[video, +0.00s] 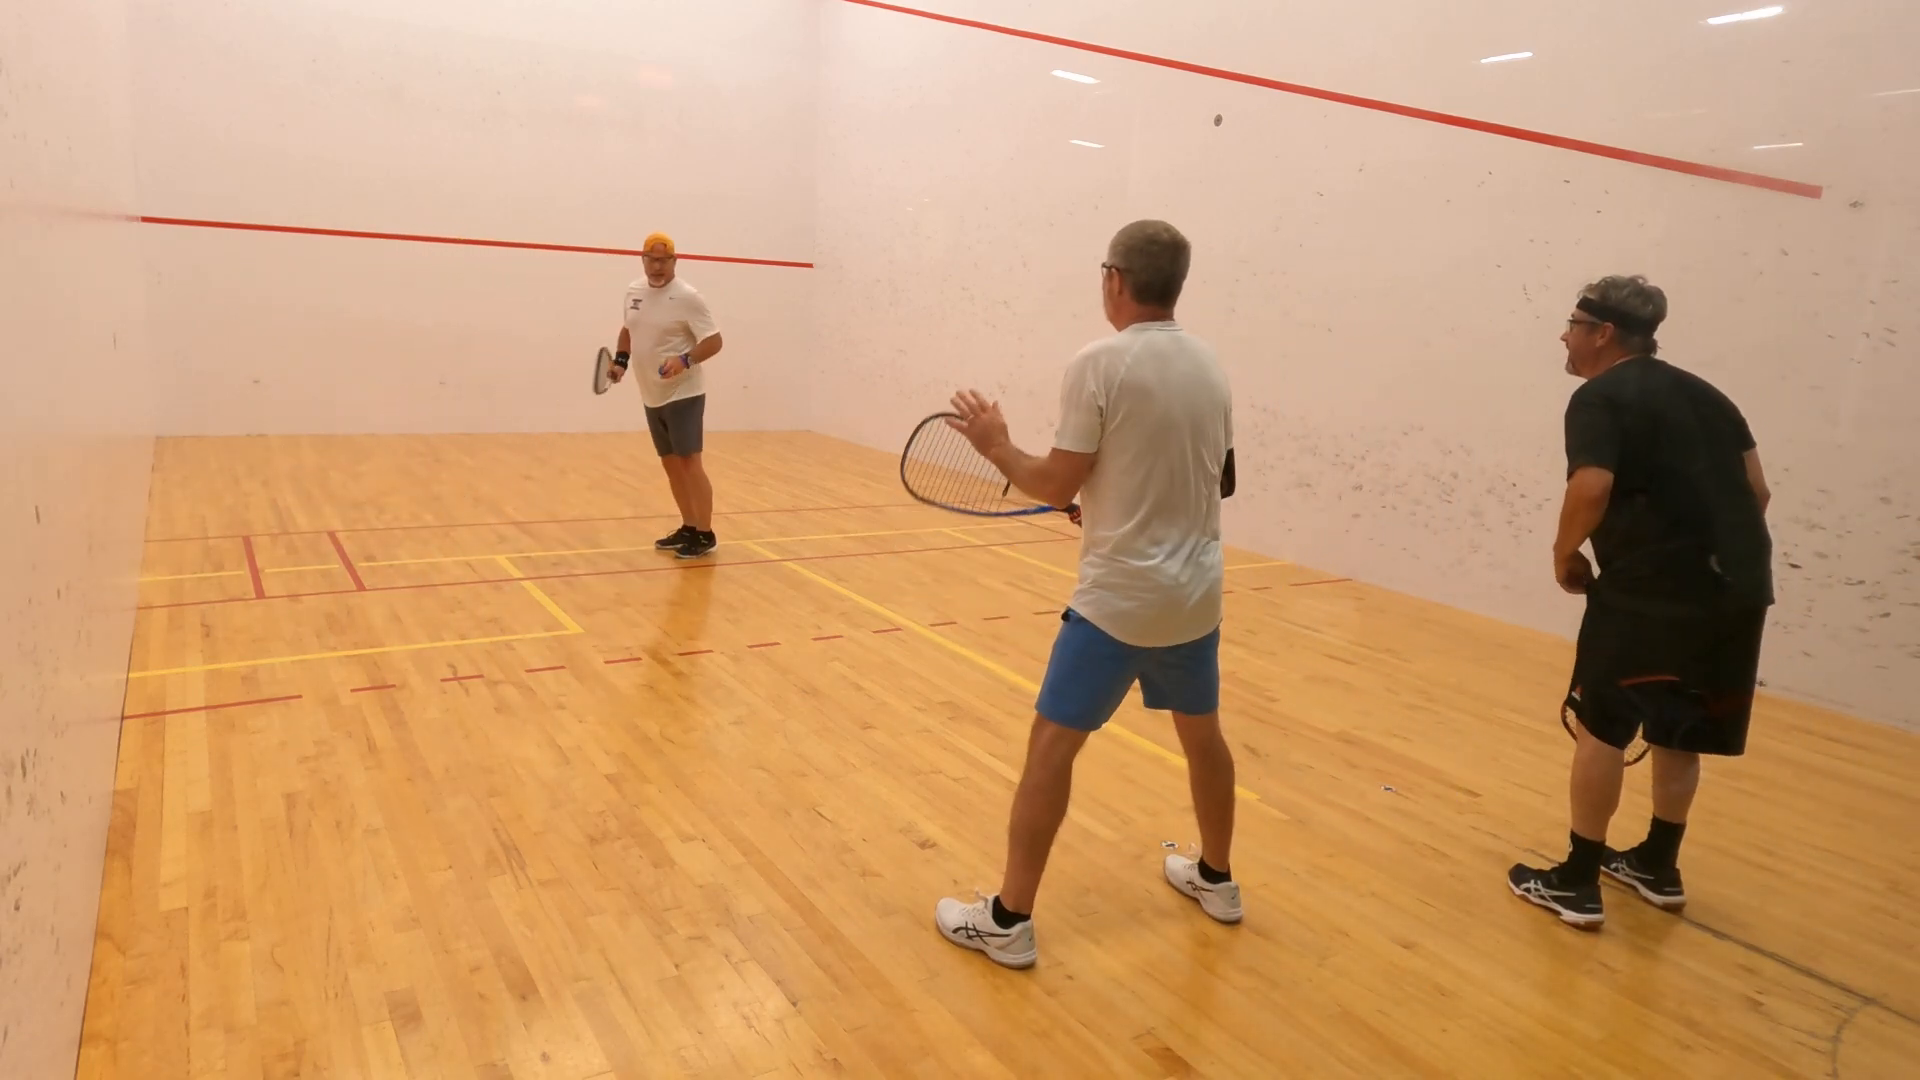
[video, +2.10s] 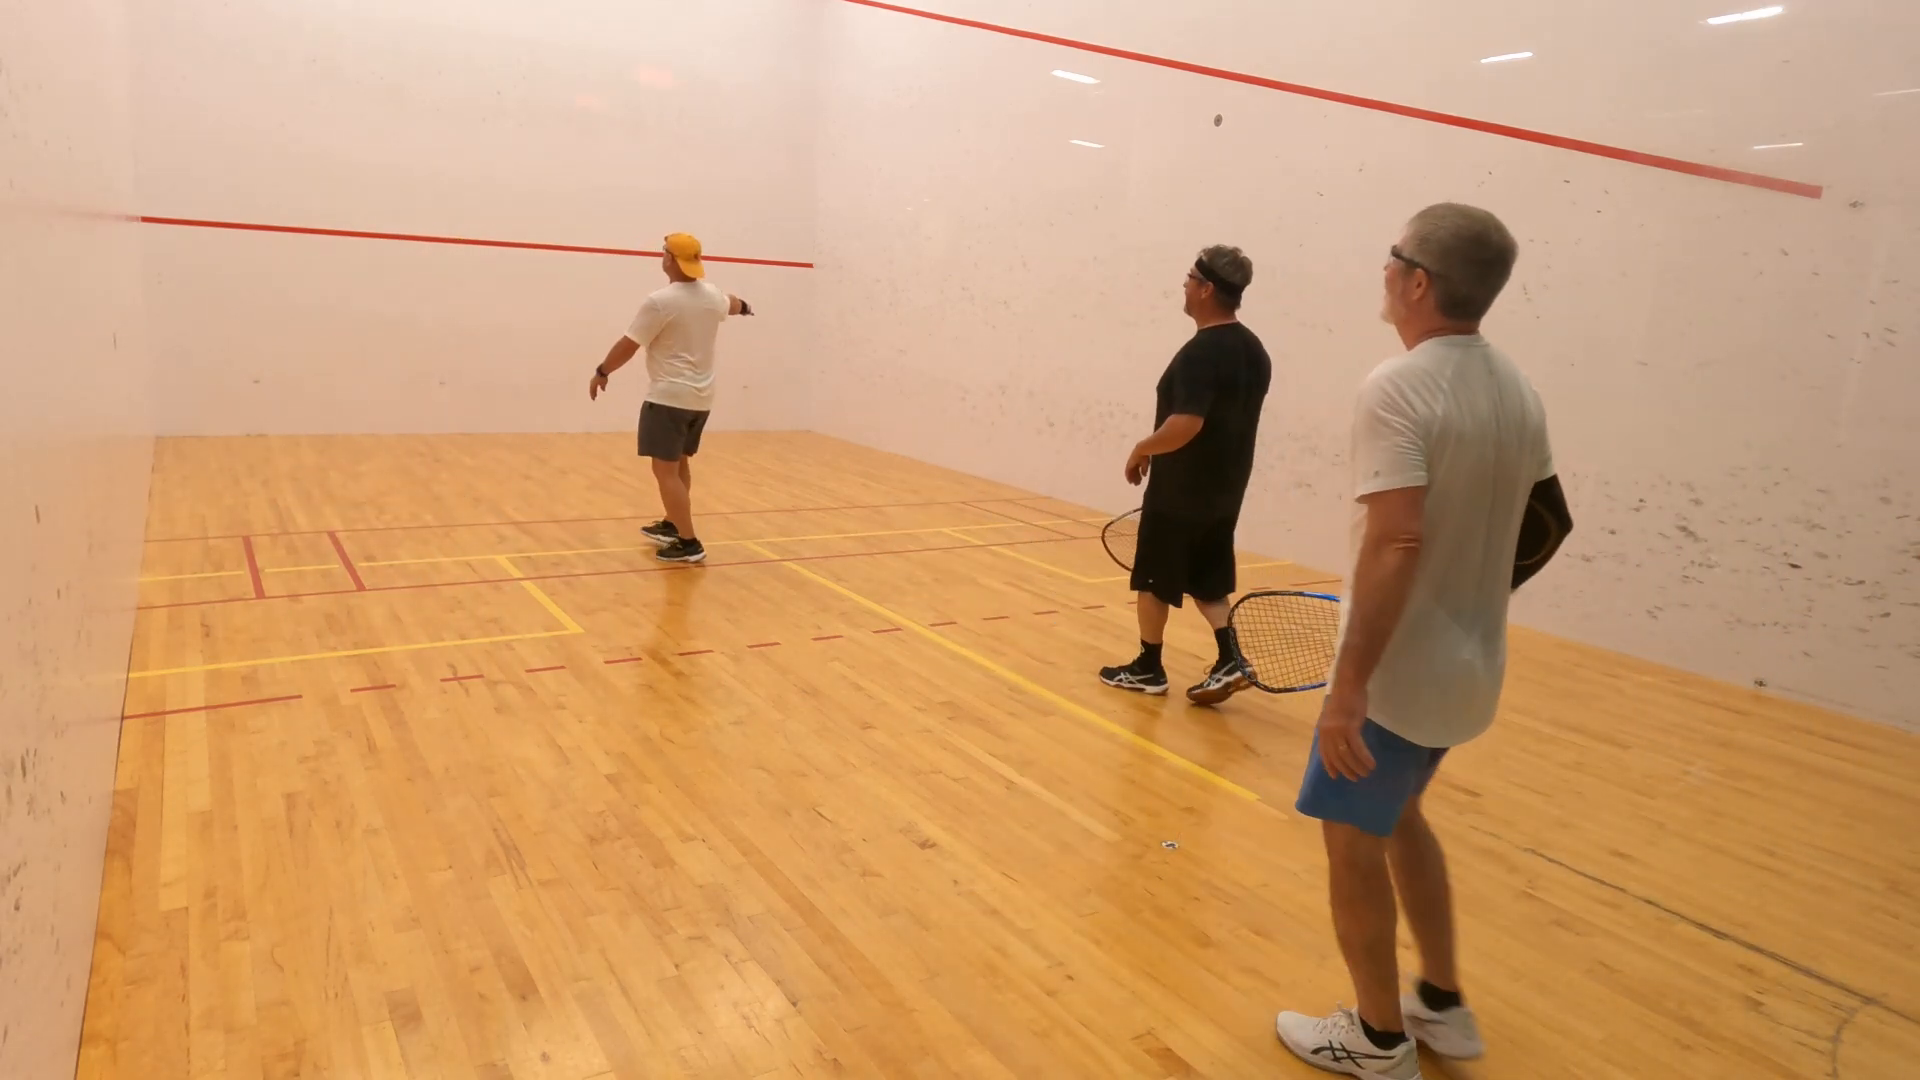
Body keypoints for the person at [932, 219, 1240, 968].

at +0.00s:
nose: (1101, 286)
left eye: (1104, 276)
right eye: (1106, 274)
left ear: (1116, 282)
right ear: (1176, 287)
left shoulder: (1101, 363)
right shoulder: (1205, 364)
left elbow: (1056, 482)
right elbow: (1216, 481)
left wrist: (996, 445)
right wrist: (1101, 503)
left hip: (1115, 598)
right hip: (1196, 595)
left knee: (1052, 746)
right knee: (1203, 731)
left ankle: (1009, 917)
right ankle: (1217, 876)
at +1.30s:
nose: (1195, 293)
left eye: (1199, 282)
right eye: (1201, 281)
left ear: (1215, 290)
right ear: (1268, 300)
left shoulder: (1193, 362)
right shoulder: (1287, 376)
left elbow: (1167, 483)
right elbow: (1294, 478)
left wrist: (1123, 521)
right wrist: (1158, 511)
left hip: (1189, 593)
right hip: (1257, 594)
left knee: (1110, 735)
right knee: (1208, 718)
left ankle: (1094, 921)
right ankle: (1210, 876)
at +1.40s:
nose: (1216, 289)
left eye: (1221, 279)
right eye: (1220, 277)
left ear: (1235, 286)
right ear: (1294, 294)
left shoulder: (1216, 358)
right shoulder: (1309, 368)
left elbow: (1187, 480)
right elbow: (1296, 481)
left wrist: (1143, 514)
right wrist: (1172, 517)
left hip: (1207, 591)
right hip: (1273, 591)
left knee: (1138, 741)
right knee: (1215, 723)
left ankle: (1182, 933)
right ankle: (1210, 874)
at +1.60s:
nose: (1263, 296)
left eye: (1269, 286)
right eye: (1269, 284)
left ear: (1286, 298)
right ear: (1338, 308)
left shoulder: (1260, 381)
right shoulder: (1347, 386)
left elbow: (1217, 508)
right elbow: (1345, 509)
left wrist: (1158, 556)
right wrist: (1235, 489)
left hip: (1243, 621)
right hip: (1299, 615)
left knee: (1213, 786)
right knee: (1226, 735)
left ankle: (1334, 965)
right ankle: (1212, 874)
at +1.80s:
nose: (1308, 294)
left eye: (1314, 285)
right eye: (1314, 282)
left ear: (1329, 299)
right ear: (1392, 310)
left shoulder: (1305, 388)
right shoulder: (1408, 399)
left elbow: (1275, 527)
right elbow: (1415, 528)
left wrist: (1208, 620)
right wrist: (1333, 594)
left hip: (1302, 627)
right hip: (1367, 629)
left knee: (1316, 837)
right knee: (1277, 753)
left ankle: (1382, 1030)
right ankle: (1221, 875)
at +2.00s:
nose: (1356, 278)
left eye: (1362, 268)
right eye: (1363, 265)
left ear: (1382, 286)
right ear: (1444, 295)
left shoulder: (1361, 389)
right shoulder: (1479, 389)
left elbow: (1350, 539)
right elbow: (1507, 523)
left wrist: (1299, 679)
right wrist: (1436, 601)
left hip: (1364, 657)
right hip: (1432, 653)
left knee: (1346, 843)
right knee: (1344, 790)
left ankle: (1381, 1034)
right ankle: (1339, 944)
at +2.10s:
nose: (1385, 276)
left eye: (1393, 264)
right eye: (1393, 262)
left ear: (1417, 283)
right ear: (1475, 293)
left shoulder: (1401, 388)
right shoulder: (1512, 388)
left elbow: (1397, 545)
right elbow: (1540, 525)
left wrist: (1346, 687)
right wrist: (1460, 599)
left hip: (1398, 673)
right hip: (1467, 668)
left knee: (1353, 837)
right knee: (1400, 812)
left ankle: (1378, 1031)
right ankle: (1442, 1000)